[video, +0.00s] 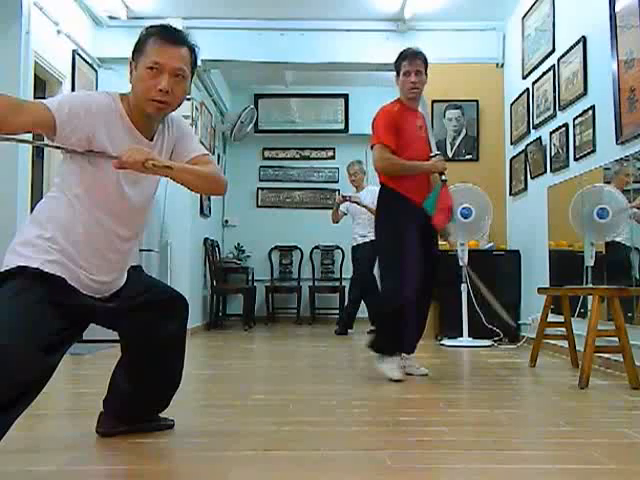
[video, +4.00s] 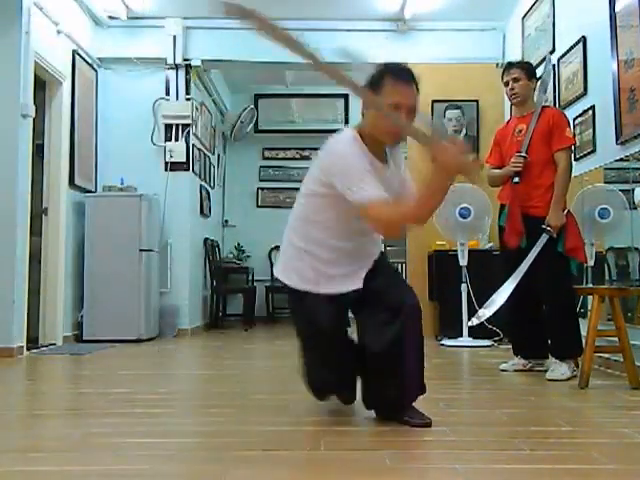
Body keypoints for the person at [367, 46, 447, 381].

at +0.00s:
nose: (414, 79)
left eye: (419, 73)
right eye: (407, 73)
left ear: (426, 78)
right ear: (397, 78)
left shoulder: (420, 118)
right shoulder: (388, 114)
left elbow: (420, 161)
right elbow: (383, 164)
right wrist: (427, 166)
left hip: (420, 205)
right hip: (396, 202)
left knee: (422, 279)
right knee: (401, 278)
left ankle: (405, 352)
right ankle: (386, 352)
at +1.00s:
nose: (508, 74)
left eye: (514, 67)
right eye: (502, 70)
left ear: (529, 69)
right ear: (497, 76)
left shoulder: (549, 112)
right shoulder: (488, 116)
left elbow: (563, 162)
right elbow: (476, 167)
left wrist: (568, 206)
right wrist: (511, 159)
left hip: (540, 210)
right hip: (496, 209)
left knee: (551, 286)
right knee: (481, 282)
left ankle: (555, 356)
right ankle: (473, 357)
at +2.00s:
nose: (496, 89)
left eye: (502, 82)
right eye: (491, 85)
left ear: (517, 84)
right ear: (489, 92)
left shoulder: (539, 116)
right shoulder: (490, 134)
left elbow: (557, 161)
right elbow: (482, 179)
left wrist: (556, 205)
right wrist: (501, 173)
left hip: (543, 215)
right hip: (511, 218)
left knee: (551, 284)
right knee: (515, 284)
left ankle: (559, 356)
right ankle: (528, 354)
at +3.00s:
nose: (513, 85)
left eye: (519, 79)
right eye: (508, 81)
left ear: (535, 83)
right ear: (506, 88)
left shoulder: (553, 117)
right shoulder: (504, 132)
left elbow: (565, 164)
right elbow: (492, 177)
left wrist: (557, 209)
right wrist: (507, 170)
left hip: (547, 214)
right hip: (515, 216)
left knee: (554, 285)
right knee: (520, 284)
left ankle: (565, 357)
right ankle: (529, 354)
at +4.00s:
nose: (511, 86)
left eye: (517, 80)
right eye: (507, 83)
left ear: (533, 83)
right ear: (504, 89)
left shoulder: (552, 116)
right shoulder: (503, 131)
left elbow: (564, 164)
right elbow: (491, 177)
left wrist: (557, 207)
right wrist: (507, 170)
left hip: (546, 213)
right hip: (513, 215)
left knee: (554, 284)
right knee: (519, 283)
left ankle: (565, 357)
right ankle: (529, 354)